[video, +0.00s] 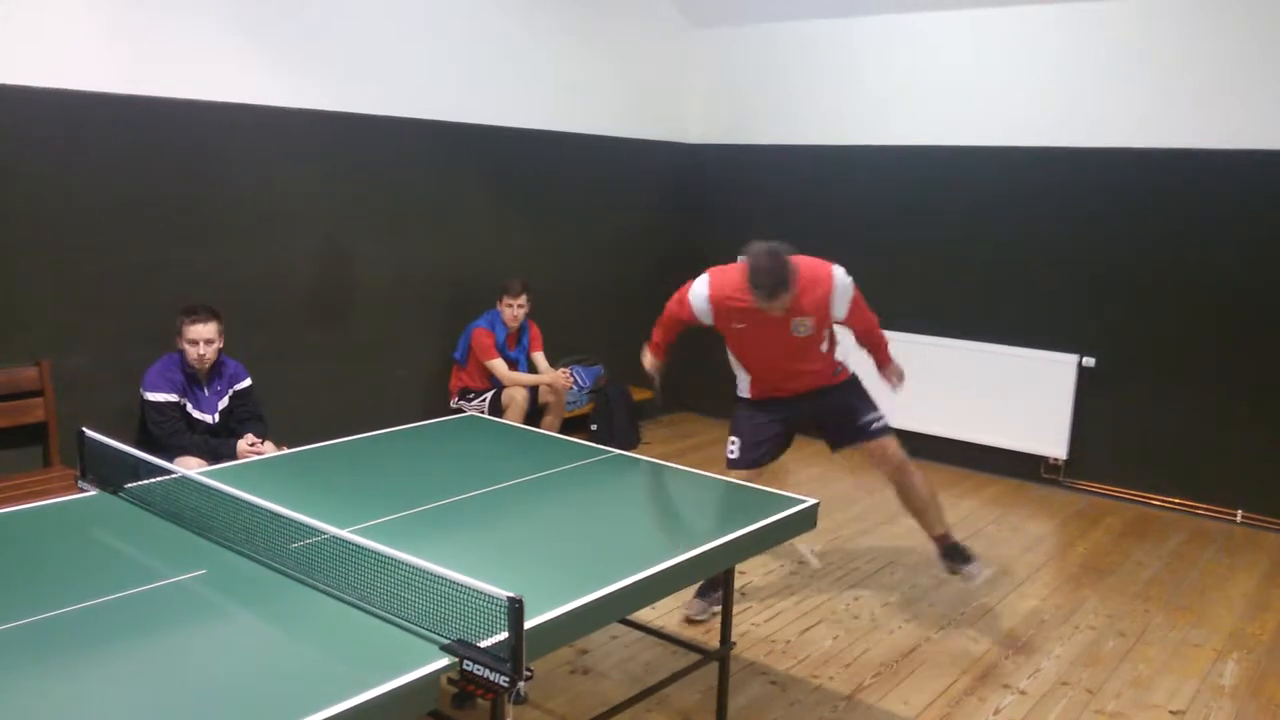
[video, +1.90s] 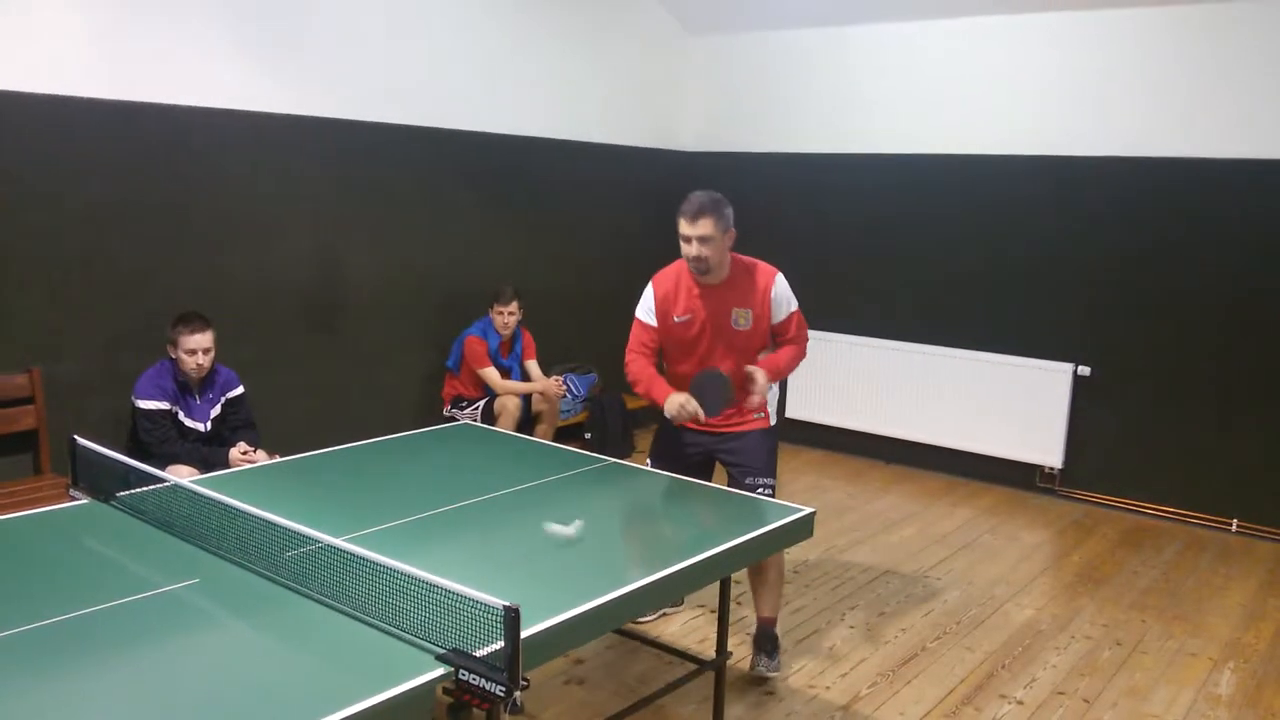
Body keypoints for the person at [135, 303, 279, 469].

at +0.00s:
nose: (201, 352)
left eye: (209, 343)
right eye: (193, 343)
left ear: (221, 342)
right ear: (179, 343)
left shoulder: (234, 372)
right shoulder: (159, 379)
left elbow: (249, 420)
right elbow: (172, 441)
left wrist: (249, 438)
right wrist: (232, 449)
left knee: (269, 450)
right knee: (193, 467)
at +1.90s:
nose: (200, 361)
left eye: (207, 352)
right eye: (191, 353)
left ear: (214, 349)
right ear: (172, 351)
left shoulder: (227, 380)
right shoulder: (151, 387)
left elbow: (242, 428)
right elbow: (163, 449)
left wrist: (243, 446)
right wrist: (224, 457)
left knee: (261, 459)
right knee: (186, 475)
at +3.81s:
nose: (204, 361)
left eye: (211, 351)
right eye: (196, 353)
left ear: (220, 348)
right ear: (178, 350)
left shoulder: (232, 380)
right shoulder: (156, 385)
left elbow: (248, 427)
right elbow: (168, 447)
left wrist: (246, 445)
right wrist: (229, 456)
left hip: (224, 459)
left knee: (266, 459)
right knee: (190, 474)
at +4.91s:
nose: (194, 361)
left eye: (201, 352)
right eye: (185, 353)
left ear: (210, 350)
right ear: (168, 351)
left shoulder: (223, 380)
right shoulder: (147, 387)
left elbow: (239, 429)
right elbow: (159, 448)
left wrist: (239, 447)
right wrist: (220, 459)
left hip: (212, 459)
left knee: (257, 461)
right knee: (181, 476)